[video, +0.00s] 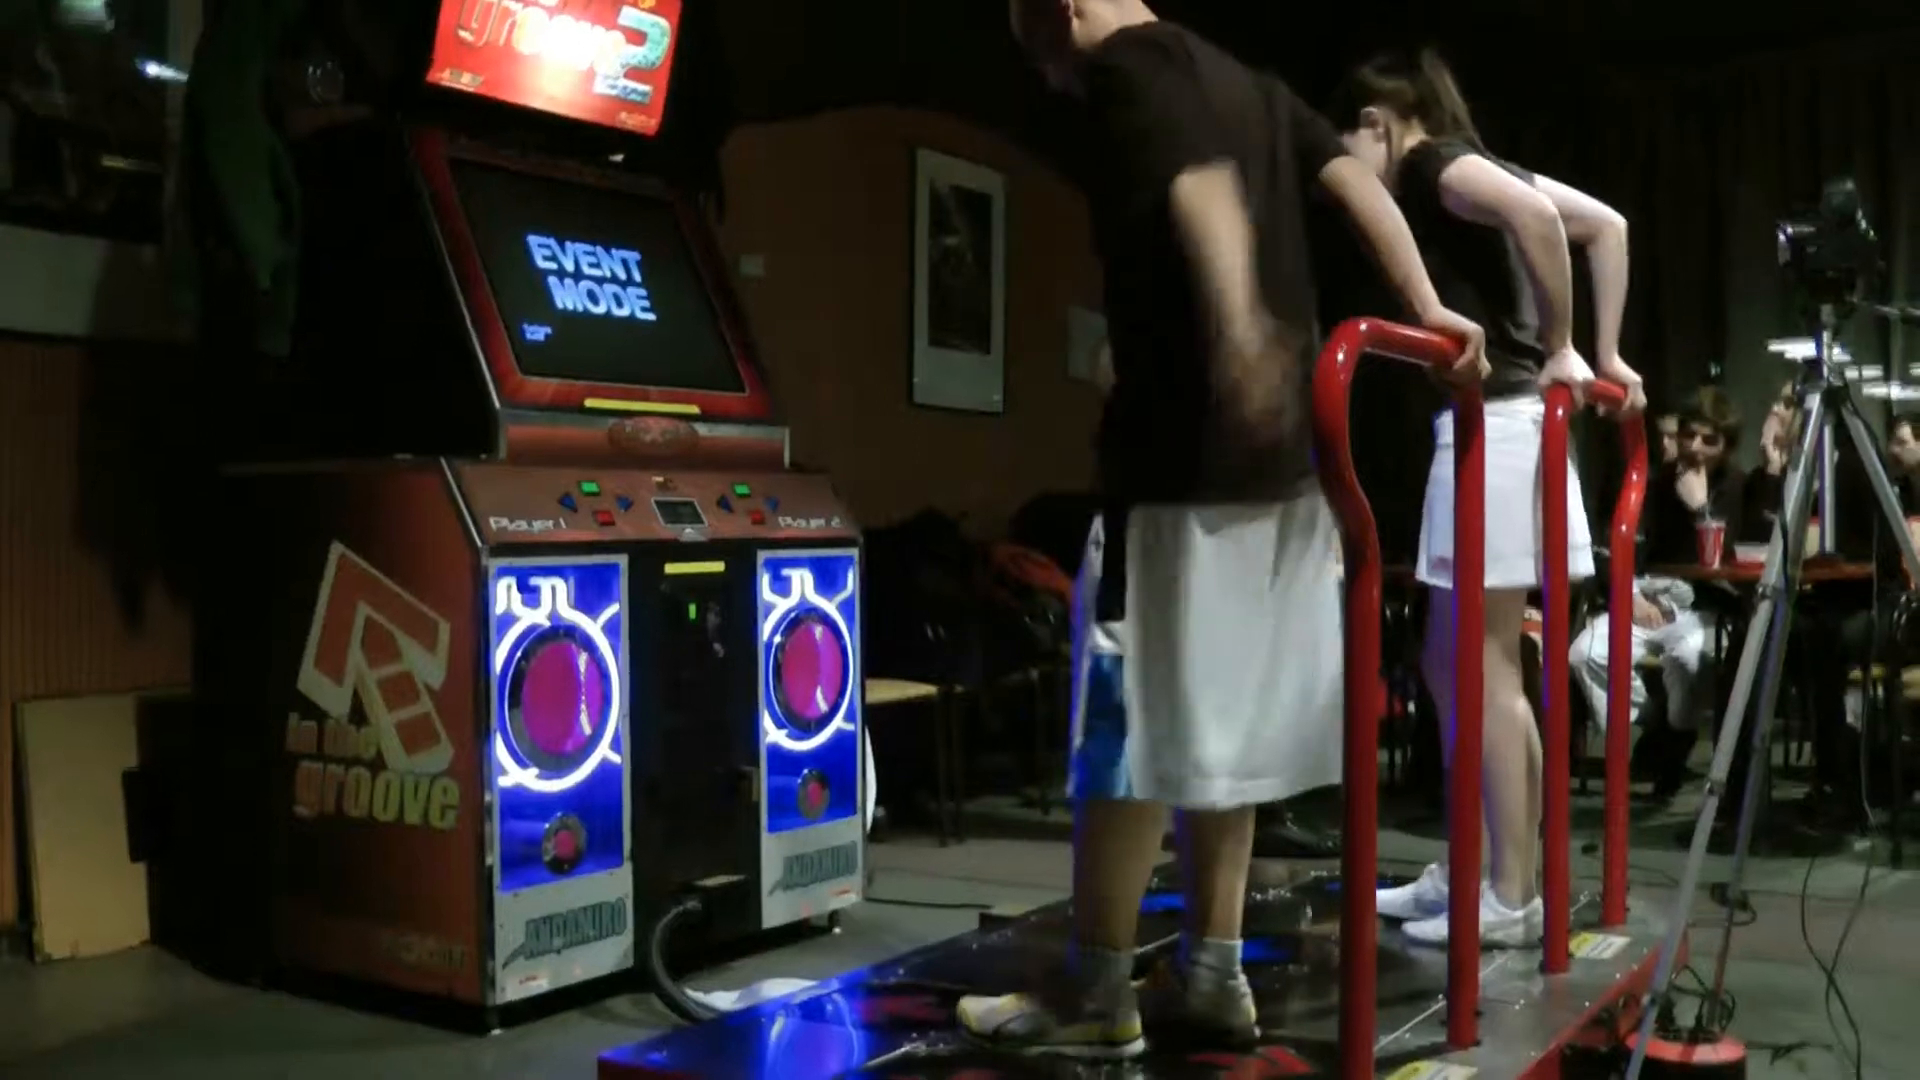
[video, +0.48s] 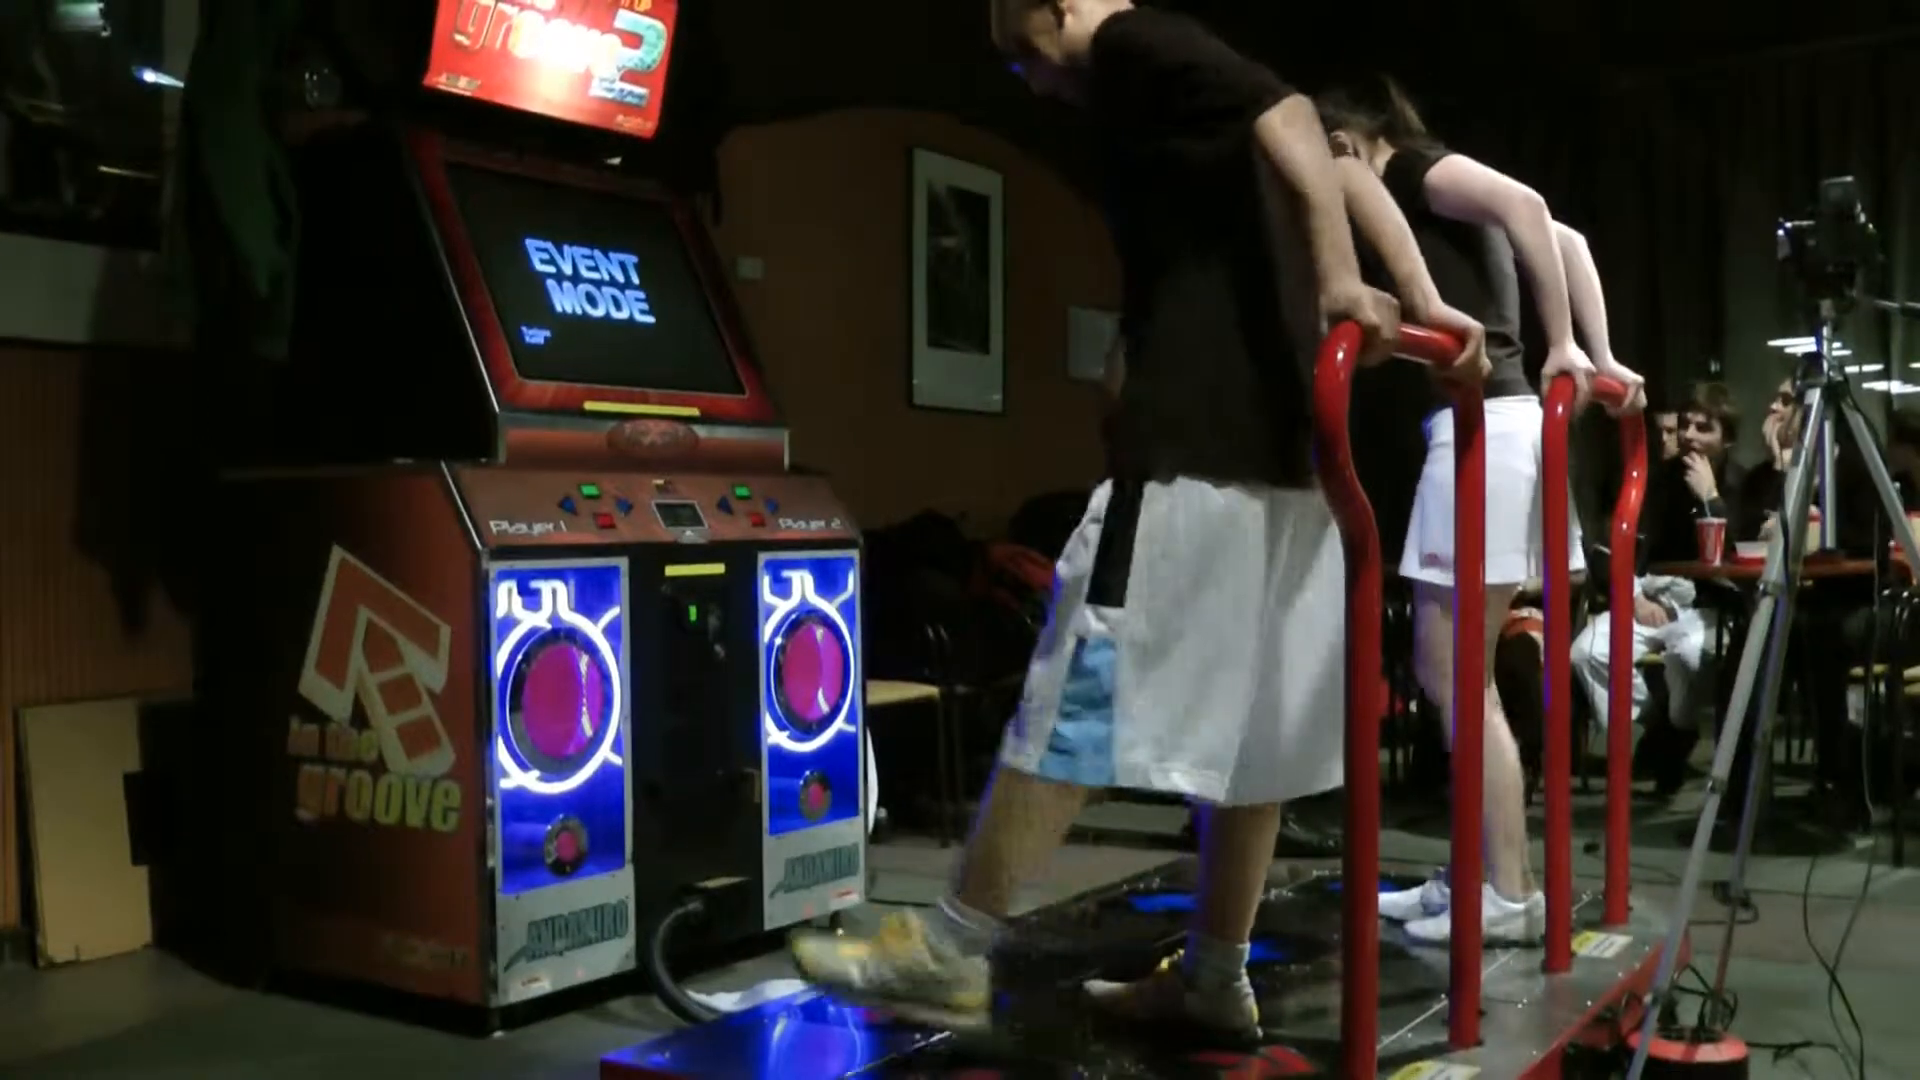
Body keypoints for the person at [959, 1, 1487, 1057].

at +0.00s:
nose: (1051, 57)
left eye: (1046, 39)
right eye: (1047, 44)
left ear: (1070, 14)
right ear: (1144, 2)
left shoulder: (1121, 63)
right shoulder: (1246, 81)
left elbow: (1205, 185)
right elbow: (1358, 179)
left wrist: (1241, 329)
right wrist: (1426, 305)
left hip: (1179, 453)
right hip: (1284, 453)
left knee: (1135, 729)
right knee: (1232, 722)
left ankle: (1098, 995)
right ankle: (1217, 978)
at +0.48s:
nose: (1035, 74)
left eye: (1028, 51)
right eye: (1024, 61)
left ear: (1052, 11)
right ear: (1096, 4)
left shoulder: (1125, 42)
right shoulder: (1188, 58)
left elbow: (1288, 124)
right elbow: (1351, 171)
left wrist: (1340, 284)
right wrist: (1429, 303)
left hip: (1192, 445)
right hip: (1289, 448)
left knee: (1078, 696)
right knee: (1259, 719)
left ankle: (955, 941)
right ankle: (1217, 979)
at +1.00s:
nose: (918, 83)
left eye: (907, 63)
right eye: (908, 69)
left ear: (919, 22)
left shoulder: (999, 35)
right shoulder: (1115, 46)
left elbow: (1187, 130)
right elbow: (1262, 176)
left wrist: (1310, 290)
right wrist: (1387, 290)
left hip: (1095, 438)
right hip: (1206, 436)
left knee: (1077, 721)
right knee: (1191, 709)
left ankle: (1086, 1013)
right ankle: (1178, 981)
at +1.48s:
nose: (928, 82)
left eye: (916, 57)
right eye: (916, 65)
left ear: (933, 16)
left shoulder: (1012, 38)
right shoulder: (1134, 54)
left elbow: (1214, 169)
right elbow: (1275, 180)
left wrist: (1317, 296)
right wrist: (1402, 300)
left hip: (1101, 440)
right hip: (1216, 444)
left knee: (1066, 722)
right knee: (1188, 712)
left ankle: (1082, 1014)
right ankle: (1173, 979)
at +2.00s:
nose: (937, 62)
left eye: (927, 40)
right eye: (928, 48)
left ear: (953, 9)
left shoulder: (1024, 41)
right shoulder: (1135, 53)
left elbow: (1224, 177)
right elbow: (1273, 187)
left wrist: (1307, 296)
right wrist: (1401, 299)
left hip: (1076, 443)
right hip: (1164, 443)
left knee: (1039, 726)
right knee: (1125, 710)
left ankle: (1052, 1014)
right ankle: (1118, 960)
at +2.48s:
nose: (970, 48)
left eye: (968, 27)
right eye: (965, 33)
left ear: (1009, 7)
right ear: (1067, 0)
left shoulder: (1088, 65)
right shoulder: (1119, 77)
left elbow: (1222, 175)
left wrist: (1324, 303)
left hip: (1105, 460)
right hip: (1157, 461)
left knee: (1073, 720)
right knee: (1113, 715)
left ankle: (1113, 987)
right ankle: (1092, 950)